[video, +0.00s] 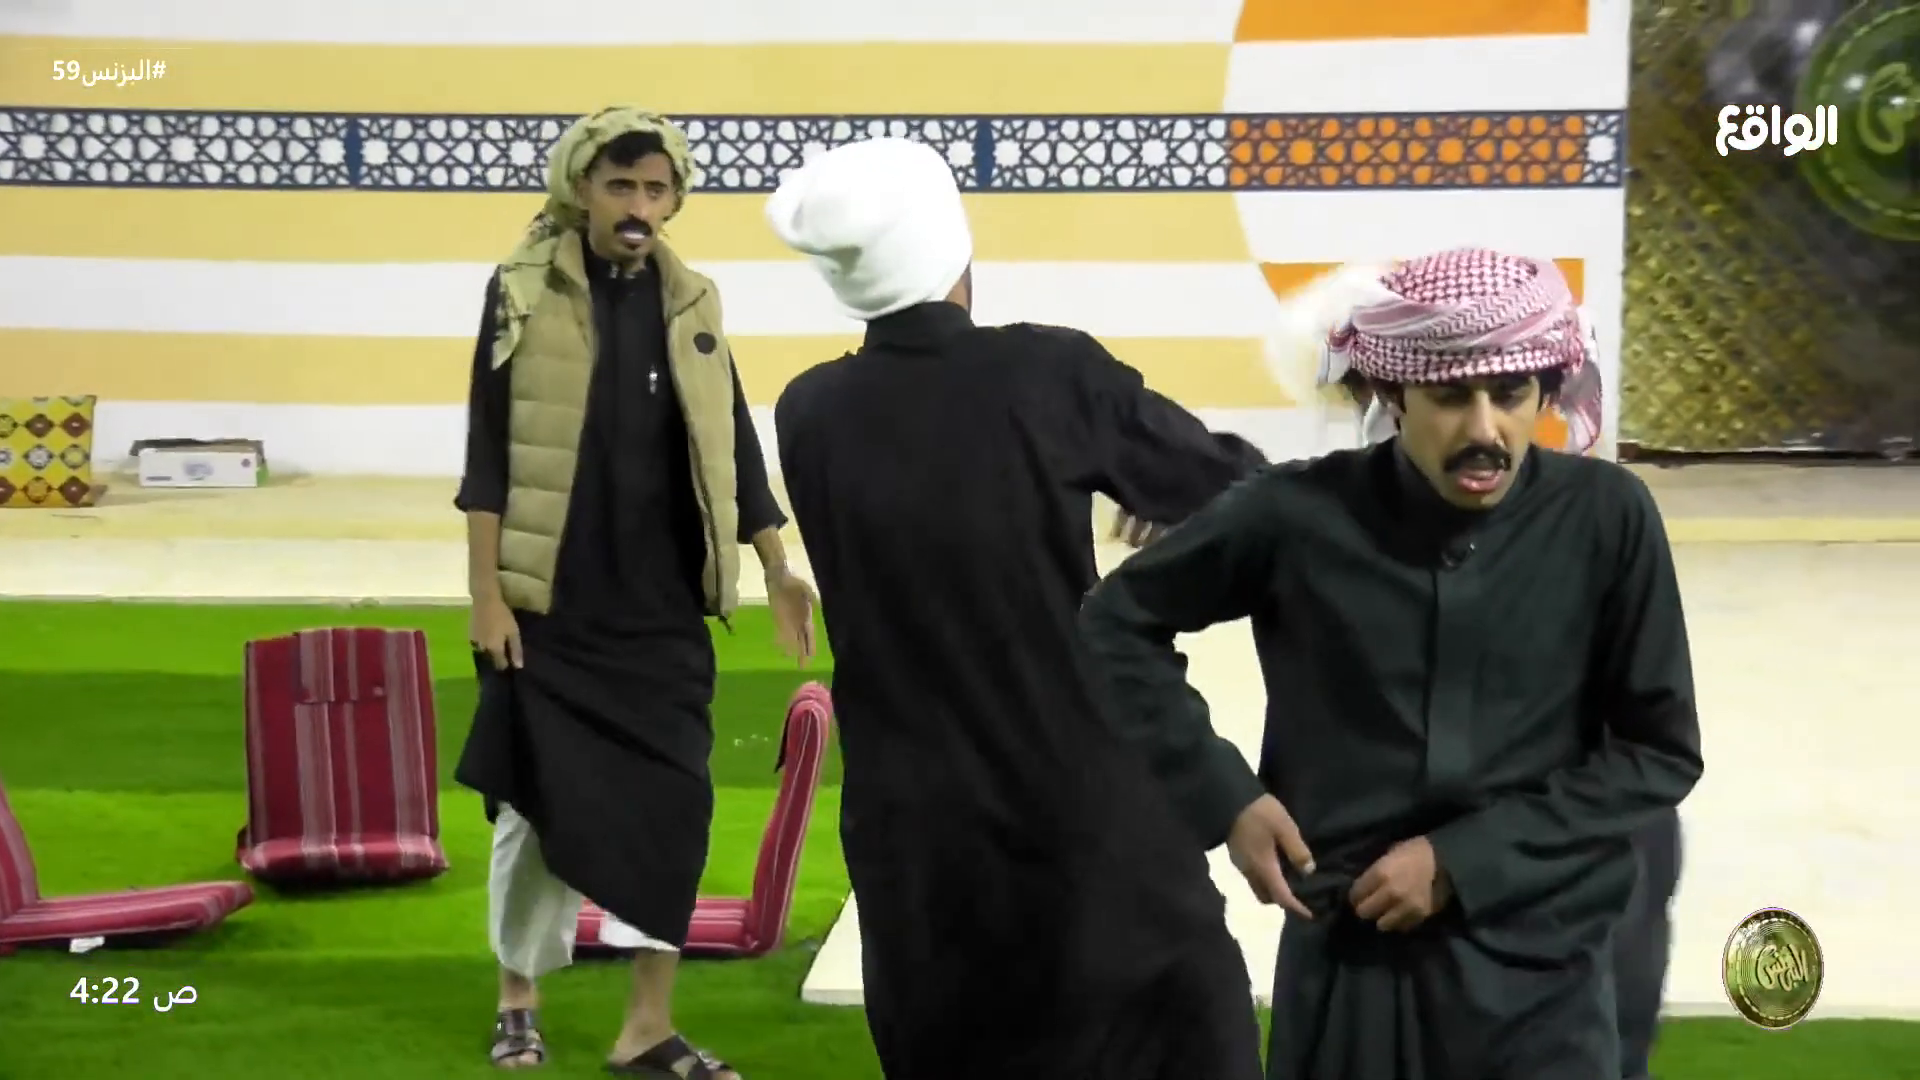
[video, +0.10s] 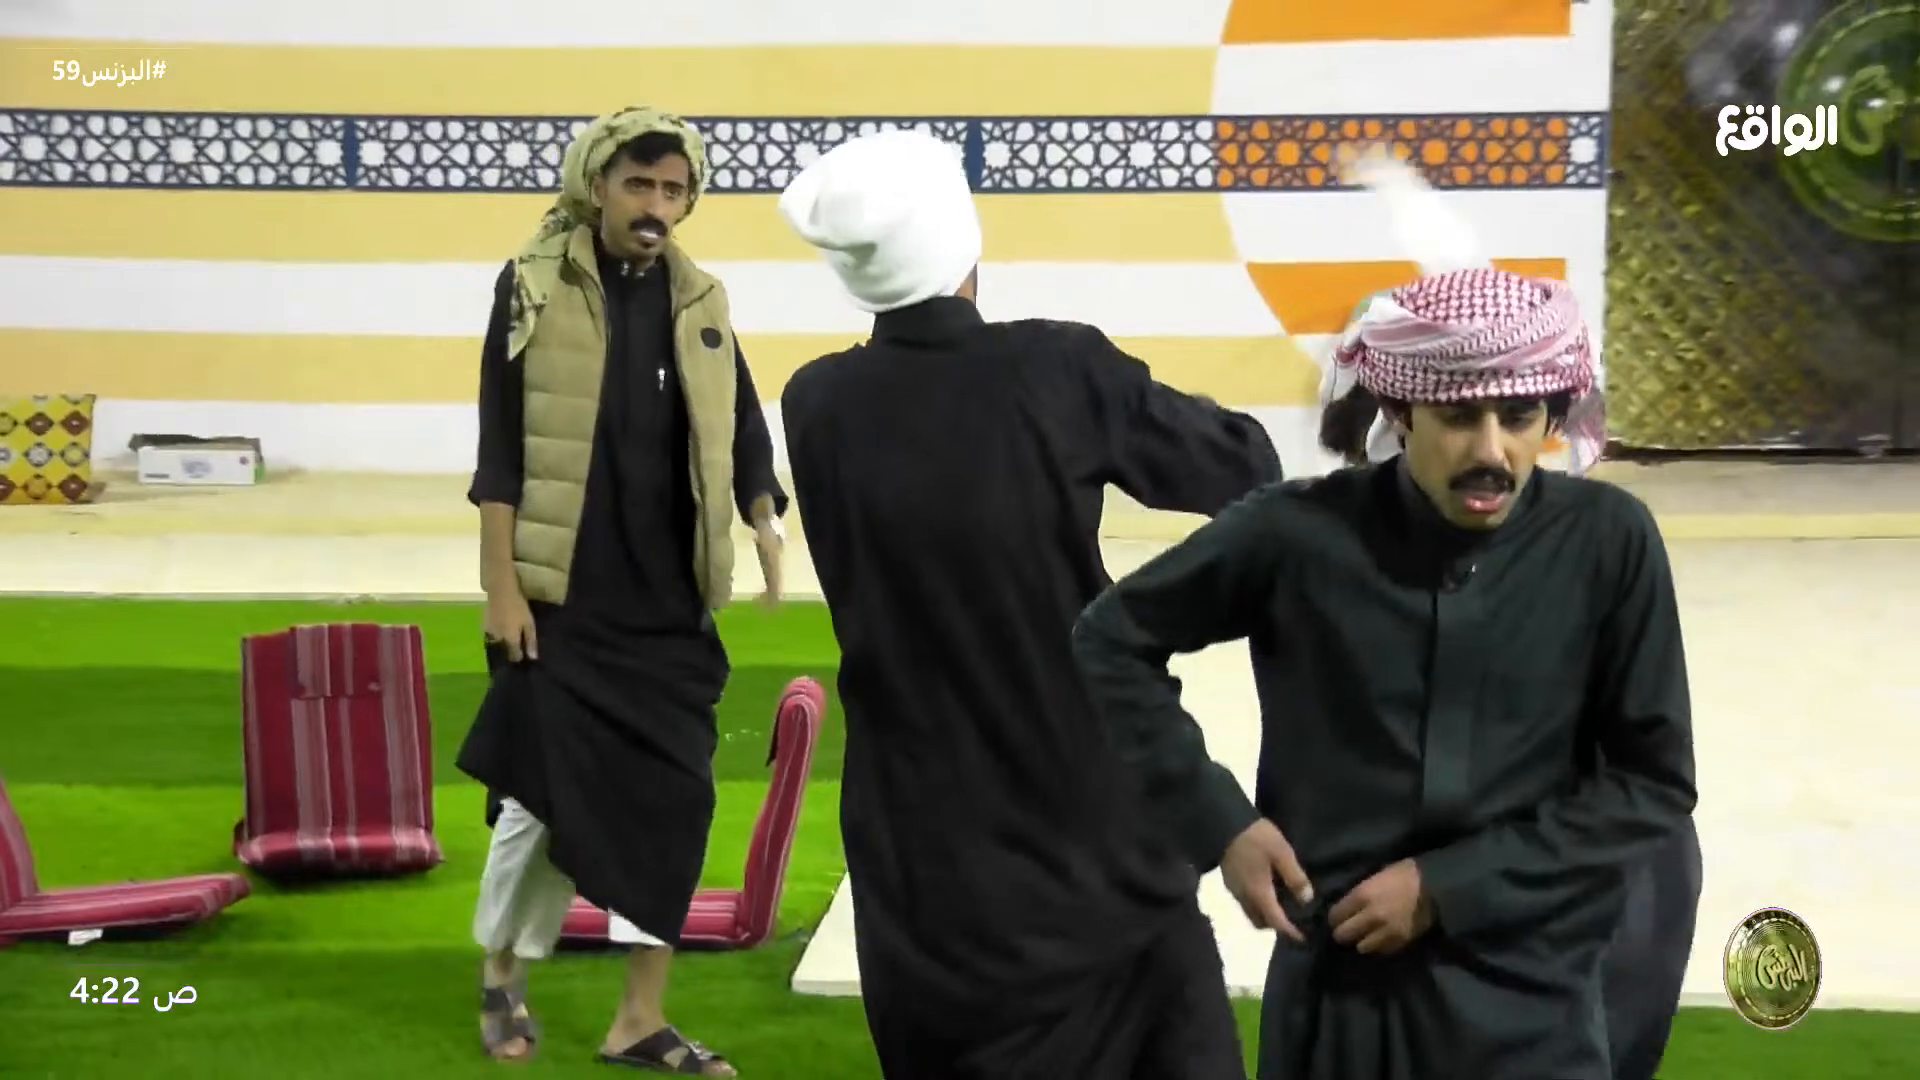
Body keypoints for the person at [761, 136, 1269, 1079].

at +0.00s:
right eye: (963, 237)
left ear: (847, 283)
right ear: (962, 260)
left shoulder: (808, 415)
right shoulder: (1056, 372)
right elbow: (1237, 491)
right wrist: (1167, 528)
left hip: (908, 825)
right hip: (1082, 801)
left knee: (942, 1046)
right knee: (1171, 1037)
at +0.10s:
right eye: (969, 223)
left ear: (853, 269)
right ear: (969, 248)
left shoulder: (815, 407)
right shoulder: (1063, 370)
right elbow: (1246, 467)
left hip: (909, 836)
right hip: (1080, 816)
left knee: (938, 1045)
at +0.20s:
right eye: (984, 226)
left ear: (874, 268)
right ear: (989, 252)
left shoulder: (826, 403)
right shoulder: (1072, 377)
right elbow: (1199, 498)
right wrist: (1147, 369)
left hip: (901, 822)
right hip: (1065, 811)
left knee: (924, 1049)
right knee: (1116, 1047)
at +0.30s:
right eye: (994, 248)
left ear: (882, 280)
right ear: (996, 270)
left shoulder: (838, 422)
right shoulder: (1076, 397)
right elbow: (1129, 545)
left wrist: (1053, 375)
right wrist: (1082, 372)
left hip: (912, 837)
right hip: (1077, 831)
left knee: (916, 1051)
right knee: (1091, 1046)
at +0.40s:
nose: (841, 353)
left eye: (845, 339)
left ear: (860, 361)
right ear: (969, 343)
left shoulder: (844, 481)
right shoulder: (1066, 450)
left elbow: (860, 628)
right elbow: (1100, 600)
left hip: (939, 849)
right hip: (1098, 841)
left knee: (901, 1054)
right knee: (1093, 1052)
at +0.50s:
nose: (781, 358)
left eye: (795, 341)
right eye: (787, 337)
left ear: (840, 364)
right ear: (908, 355)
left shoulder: (849, 481)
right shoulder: (1025, 456)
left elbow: (844, 675)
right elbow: (1099, 625)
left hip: (946, 864)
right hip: (1092, 856)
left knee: (870, 1057)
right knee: (1086, 1059)